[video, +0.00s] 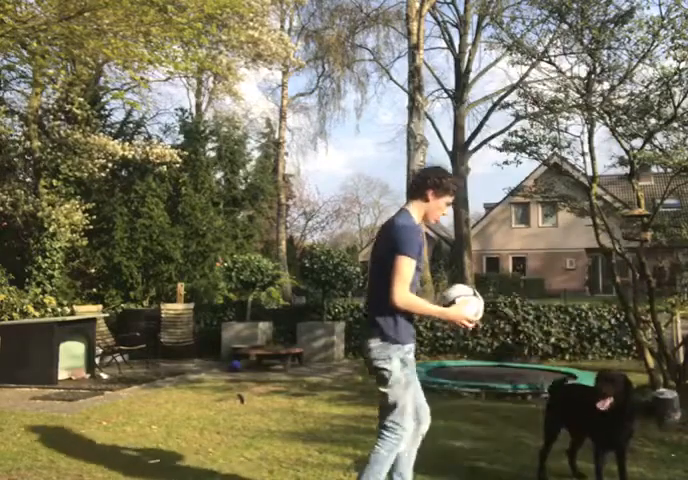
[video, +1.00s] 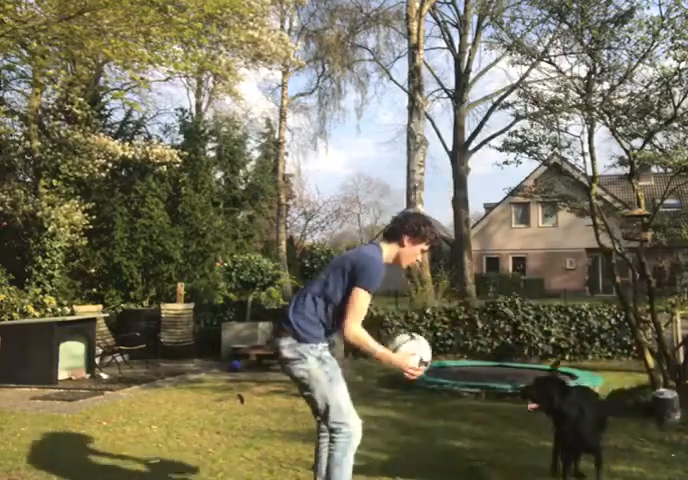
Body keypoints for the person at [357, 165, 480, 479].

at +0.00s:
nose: (445, 212)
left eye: (449, 205)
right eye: (446, 203)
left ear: (427, 194)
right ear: (429, 193)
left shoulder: (399, 227)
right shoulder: (407, 230)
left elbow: (400, 294)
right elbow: (399, 296)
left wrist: (444, 309)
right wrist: (449, 314)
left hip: (394, 342)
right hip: (389, 344)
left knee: (420, 418)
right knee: (398, 426)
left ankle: (400, 476)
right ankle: (370, 477)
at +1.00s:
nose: (419, 259)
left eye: (423, 253)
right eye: (421, 250)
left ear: (404, 238)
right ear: (406, 239)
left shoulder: (366, 256)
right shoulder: (371, 262)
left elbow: (350, 327)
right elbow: (351, 329)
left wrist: (394, 357)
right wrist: (396, 360)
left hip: (299, 340)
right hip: (303, 343)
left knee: (330, 426)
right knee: (347, 428)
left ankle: (323, 476)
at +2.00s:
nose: (438, 261)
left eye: (441, 255)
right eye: (440, 253)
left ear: (422, 244)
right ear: (426, 245)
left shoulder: (384, 261)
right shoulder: (398, 269)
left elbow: (342, 322)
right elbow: (355, 320)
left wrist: (368, 361)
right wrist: (386, 362)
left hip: (312, 338)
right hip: (318, 342)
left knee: (348, 425)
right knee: (356, 429)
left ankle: (332, 475)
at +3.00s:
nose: (447, 238)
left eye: (451, 232)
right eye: (447, 229)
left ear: (427, 219)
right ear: (428, 218)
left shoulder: (402, 249)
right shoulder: (396, 247)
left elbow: (362, 297)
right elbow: (348, 290)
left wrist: (384, 339)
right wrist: (379, 333)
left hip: (348, 340)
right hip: (338, 340)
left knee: (369, 419)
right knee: (363, 424)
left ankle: (352, 474)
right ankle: (350, 475)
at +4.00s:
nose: (402, 224)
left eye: (406, 218)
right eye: (397, 216)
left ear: (410, 216)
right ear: (378, 208)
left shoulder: (397, 245)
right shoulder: (345, 238)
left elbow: (383, 295)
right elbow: (324, 293)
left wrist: (398, 317)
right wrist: (368, 314)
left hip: (360, 340)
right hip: (328, 339)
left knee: (377, 418)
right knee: (336, 425)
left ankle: (368, 476)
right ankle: (325, 475)